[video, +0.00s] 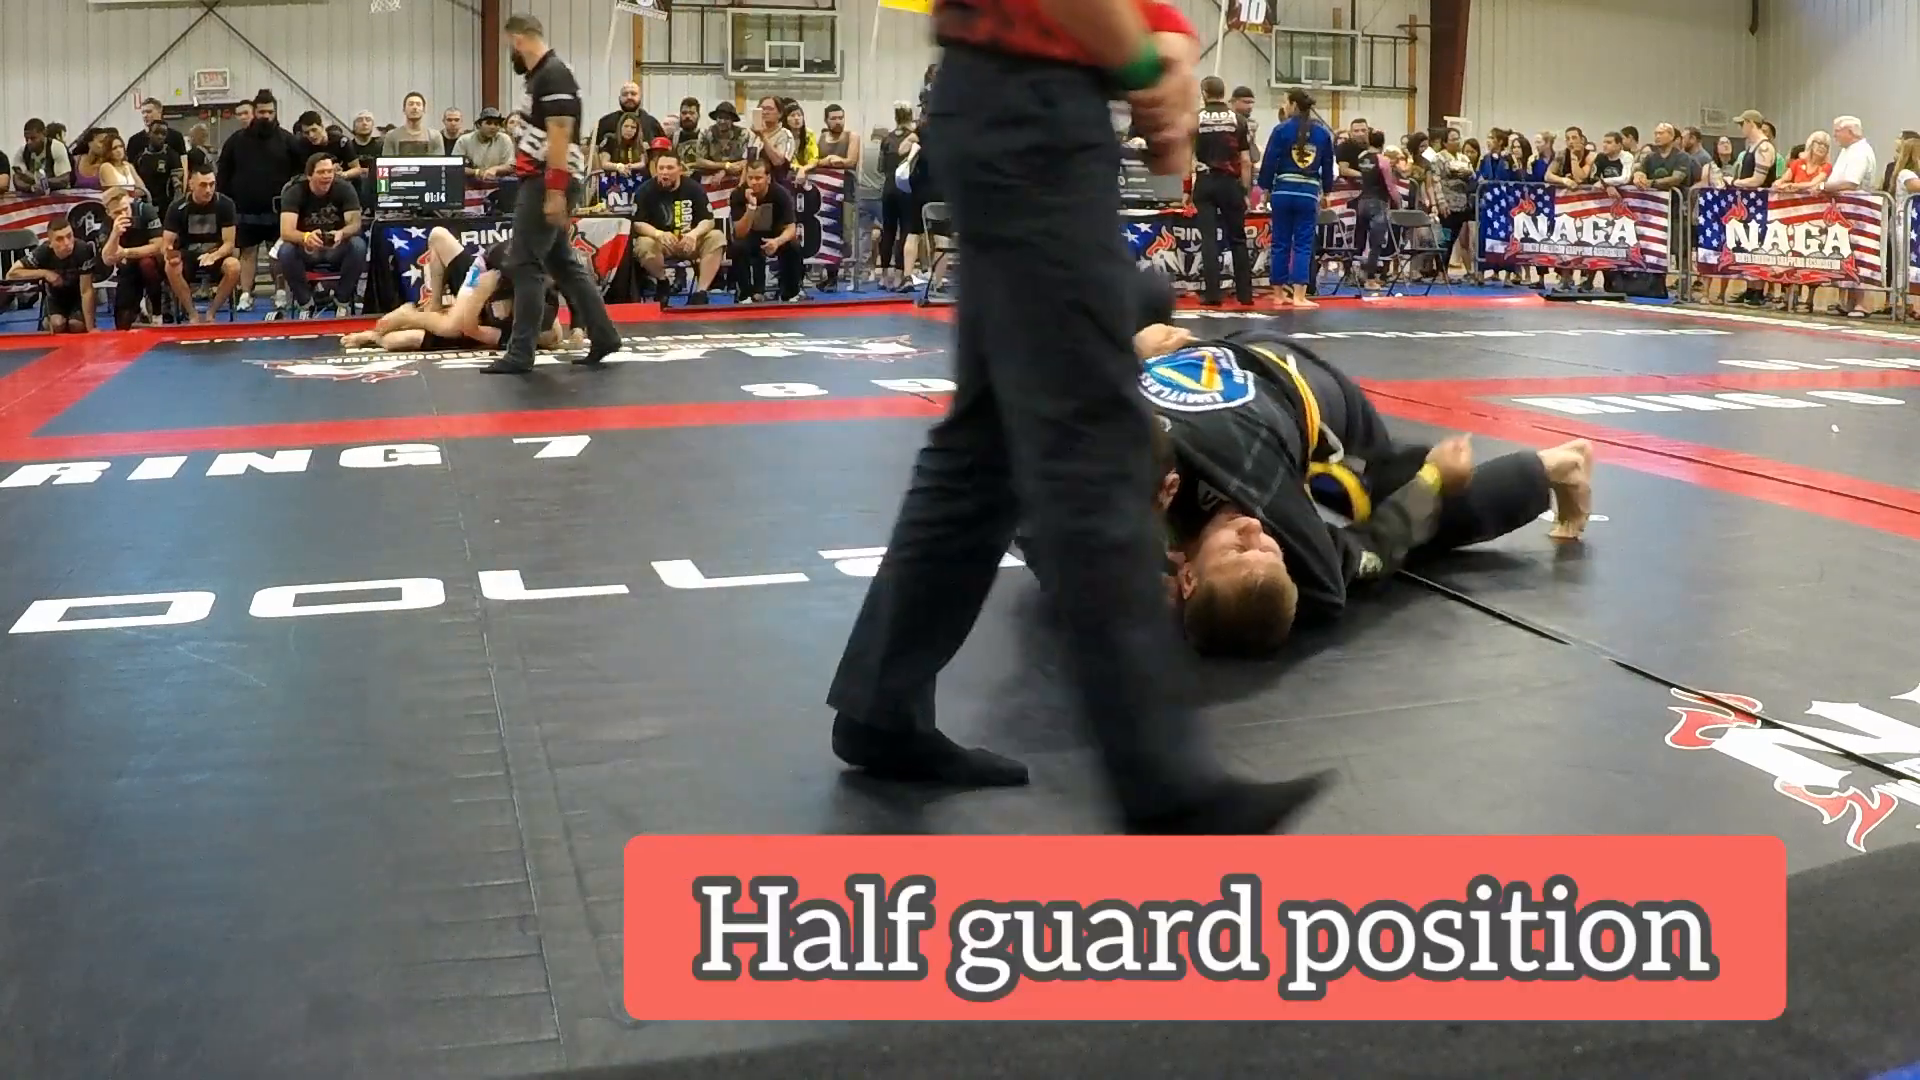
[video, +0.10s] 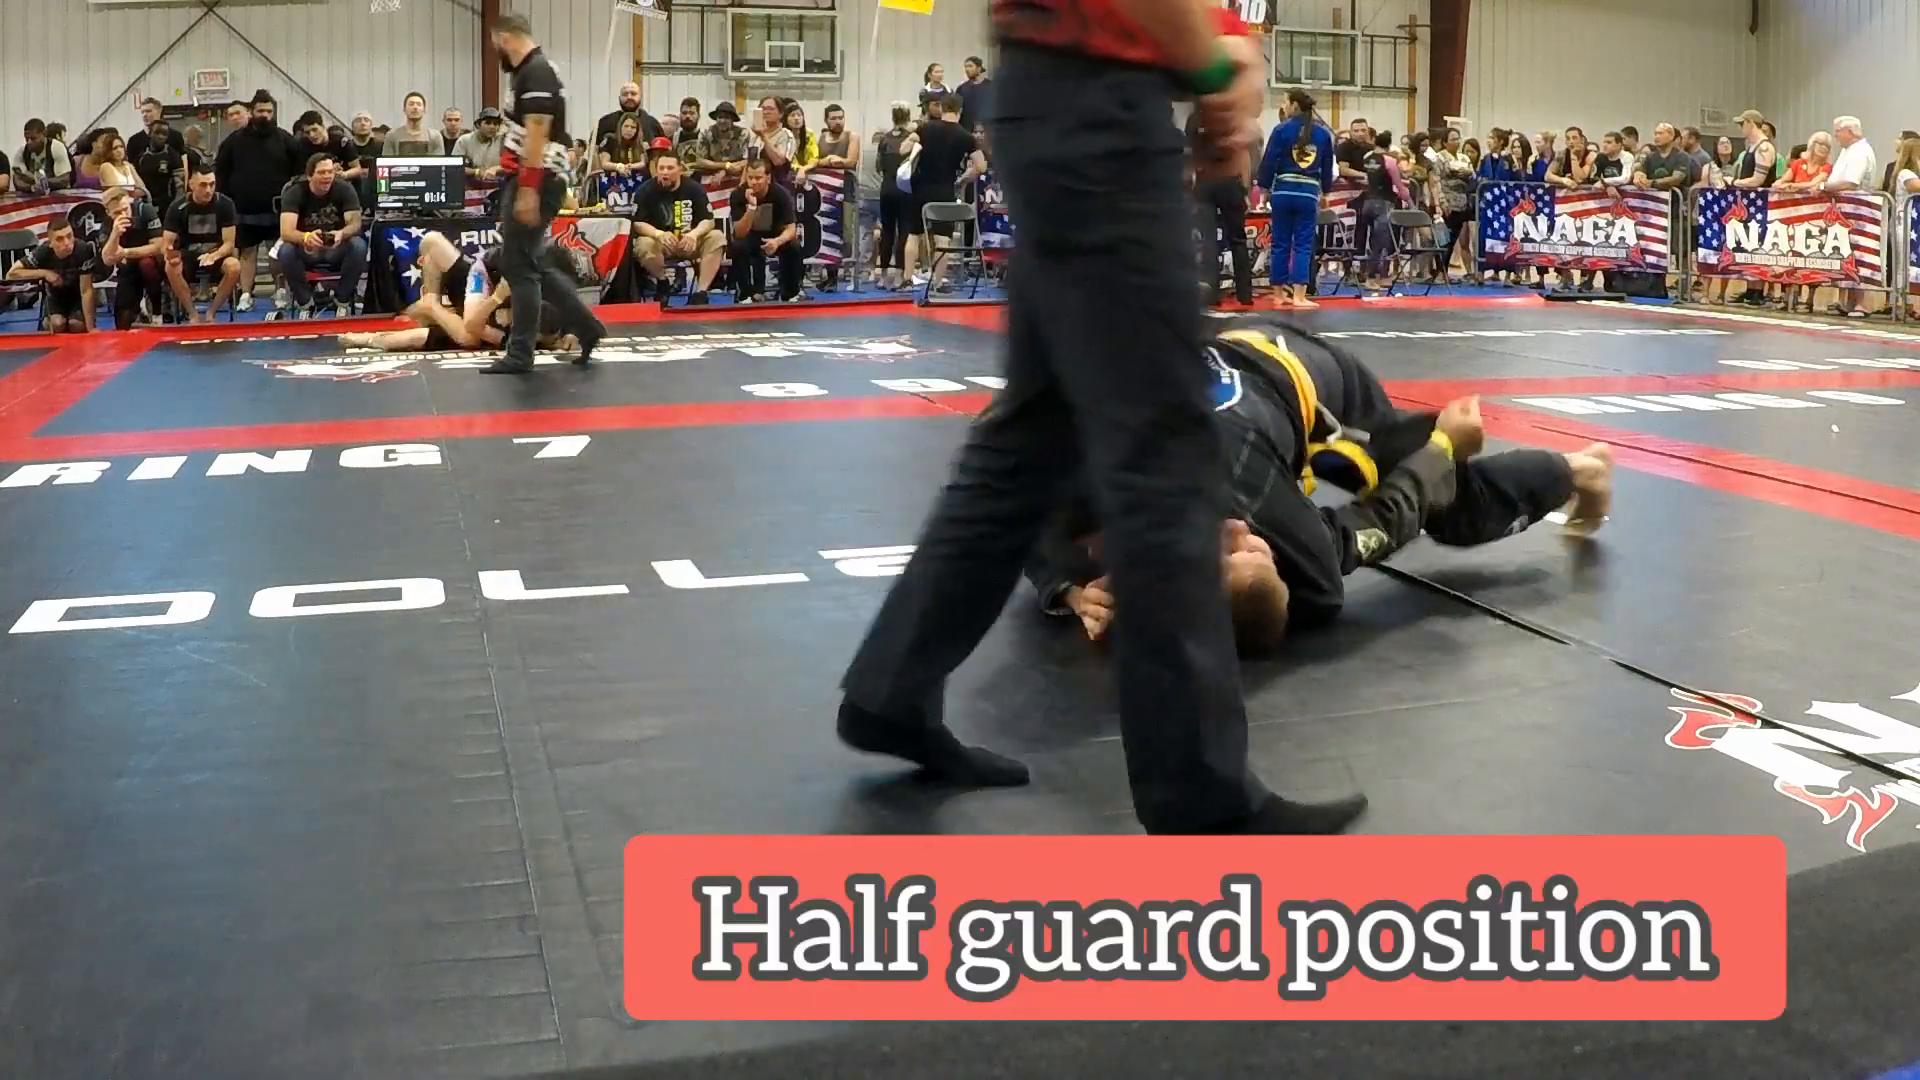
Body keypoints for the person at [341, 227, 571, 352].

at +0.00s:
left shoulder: (548, 291)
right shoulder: (499, 273)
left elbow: (553, 338)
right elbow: (468, 326)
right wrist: (507, 340)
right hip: (479, 278)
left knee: (403, 339)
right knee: (449, 327)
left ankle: (373, 339)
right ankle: (407, 315)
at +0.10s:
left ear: (539, 279)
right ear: (503, 275)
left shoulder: (540, 296)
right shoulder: (485, 269)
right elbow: (472, 330)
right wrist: (495, 299)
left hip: (490, 332)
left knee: (411, 339)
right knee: (432, 240)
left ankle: (370, 341)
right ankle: (428, 303)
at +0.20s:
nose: (549, 293)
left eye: (555, 287)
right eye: (546, 285)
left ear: (562, 288)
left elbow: (476, 341)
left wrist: (446, 308)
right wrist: (498, 304)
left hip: (476, 328)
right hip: (474, 293)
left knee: (419, 339)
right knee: (417, 253)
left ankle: (375, 342)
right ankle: (426, 314)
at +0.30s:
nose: (559, 290)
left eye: (562, 285)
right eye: (554, 284)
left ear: (563, 280)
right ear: (538, 277)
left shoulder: (551, 301)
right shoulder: (512, 284)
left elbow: (564, 335)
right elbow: (474, 333)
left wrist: (564, 339)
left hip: (477, 319)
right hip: (469, 286)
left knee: (433, 335)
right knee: (416, 252)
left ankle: (372, 343)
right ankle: (427, 310)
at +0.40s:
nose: (557, 290)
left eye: (562, 284)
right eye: (553, 283)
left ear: (565, 279)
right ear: (537, 275)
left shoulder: (550, 303)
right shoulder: (511, 279)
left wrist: (554, 338)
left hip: (478, 324)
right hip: (467, 291)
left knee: (436, 339)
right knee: (410, 256)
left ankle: (370, 339)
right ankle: (426, 315)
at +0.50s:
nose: (564, 290)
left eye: (568, 284)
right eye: (561, 283)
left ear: (568, 277)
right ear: (544, 274)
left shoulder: (542, 314)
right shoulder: (524, 283)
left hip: (475, 324)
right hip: (466, 291)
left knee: (439, 338)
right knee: (410, 253)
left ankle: (364, 344)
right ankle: (424, 314)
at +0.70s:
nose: (548, 307)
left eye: (552, 314)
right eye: (554, 305)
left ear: (553, 330)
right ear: (554, 300)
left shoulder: (532, 333)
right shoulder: (536, 303)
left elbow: (488, 332)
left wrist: (444, 310)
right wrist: (516, 308)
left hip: (465, 330)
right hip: (463, 300)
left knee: (433, 334)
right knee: (411, 256)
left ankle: (359, 343)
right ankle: (423, 326)